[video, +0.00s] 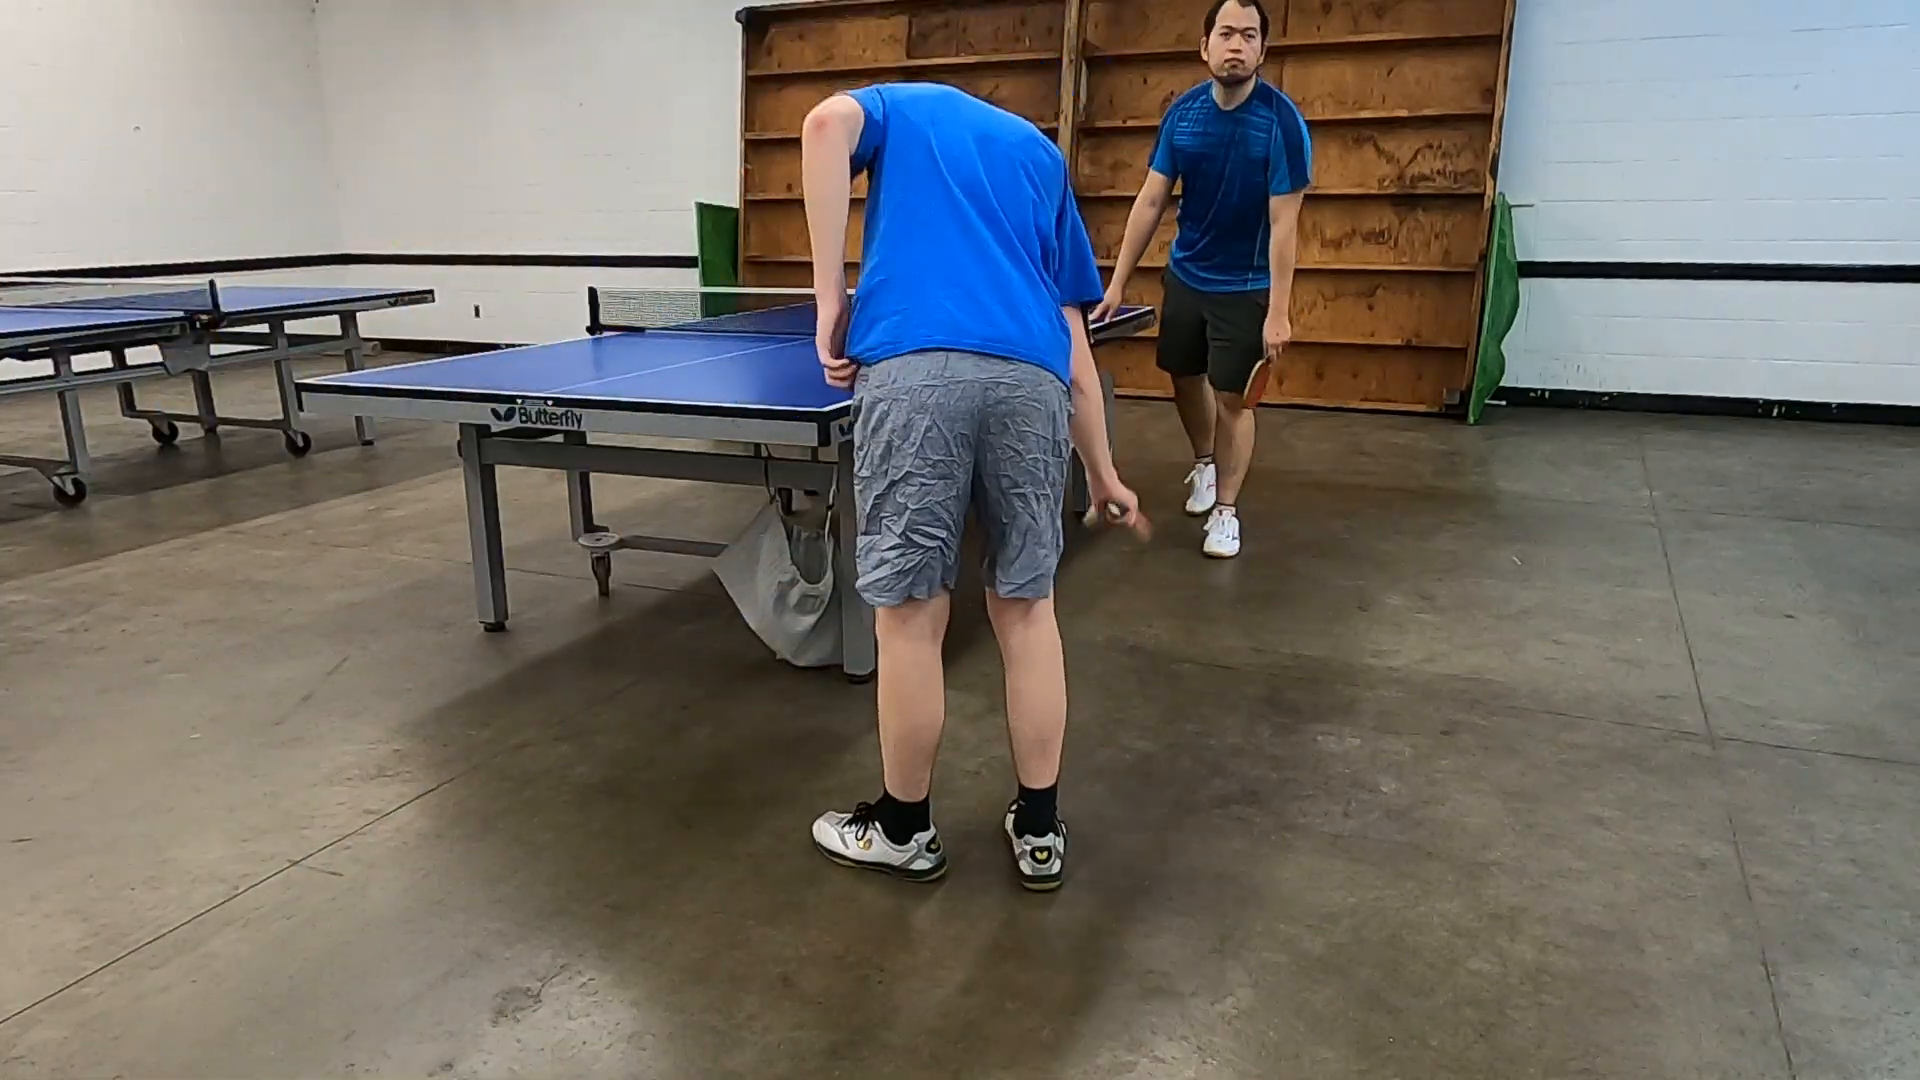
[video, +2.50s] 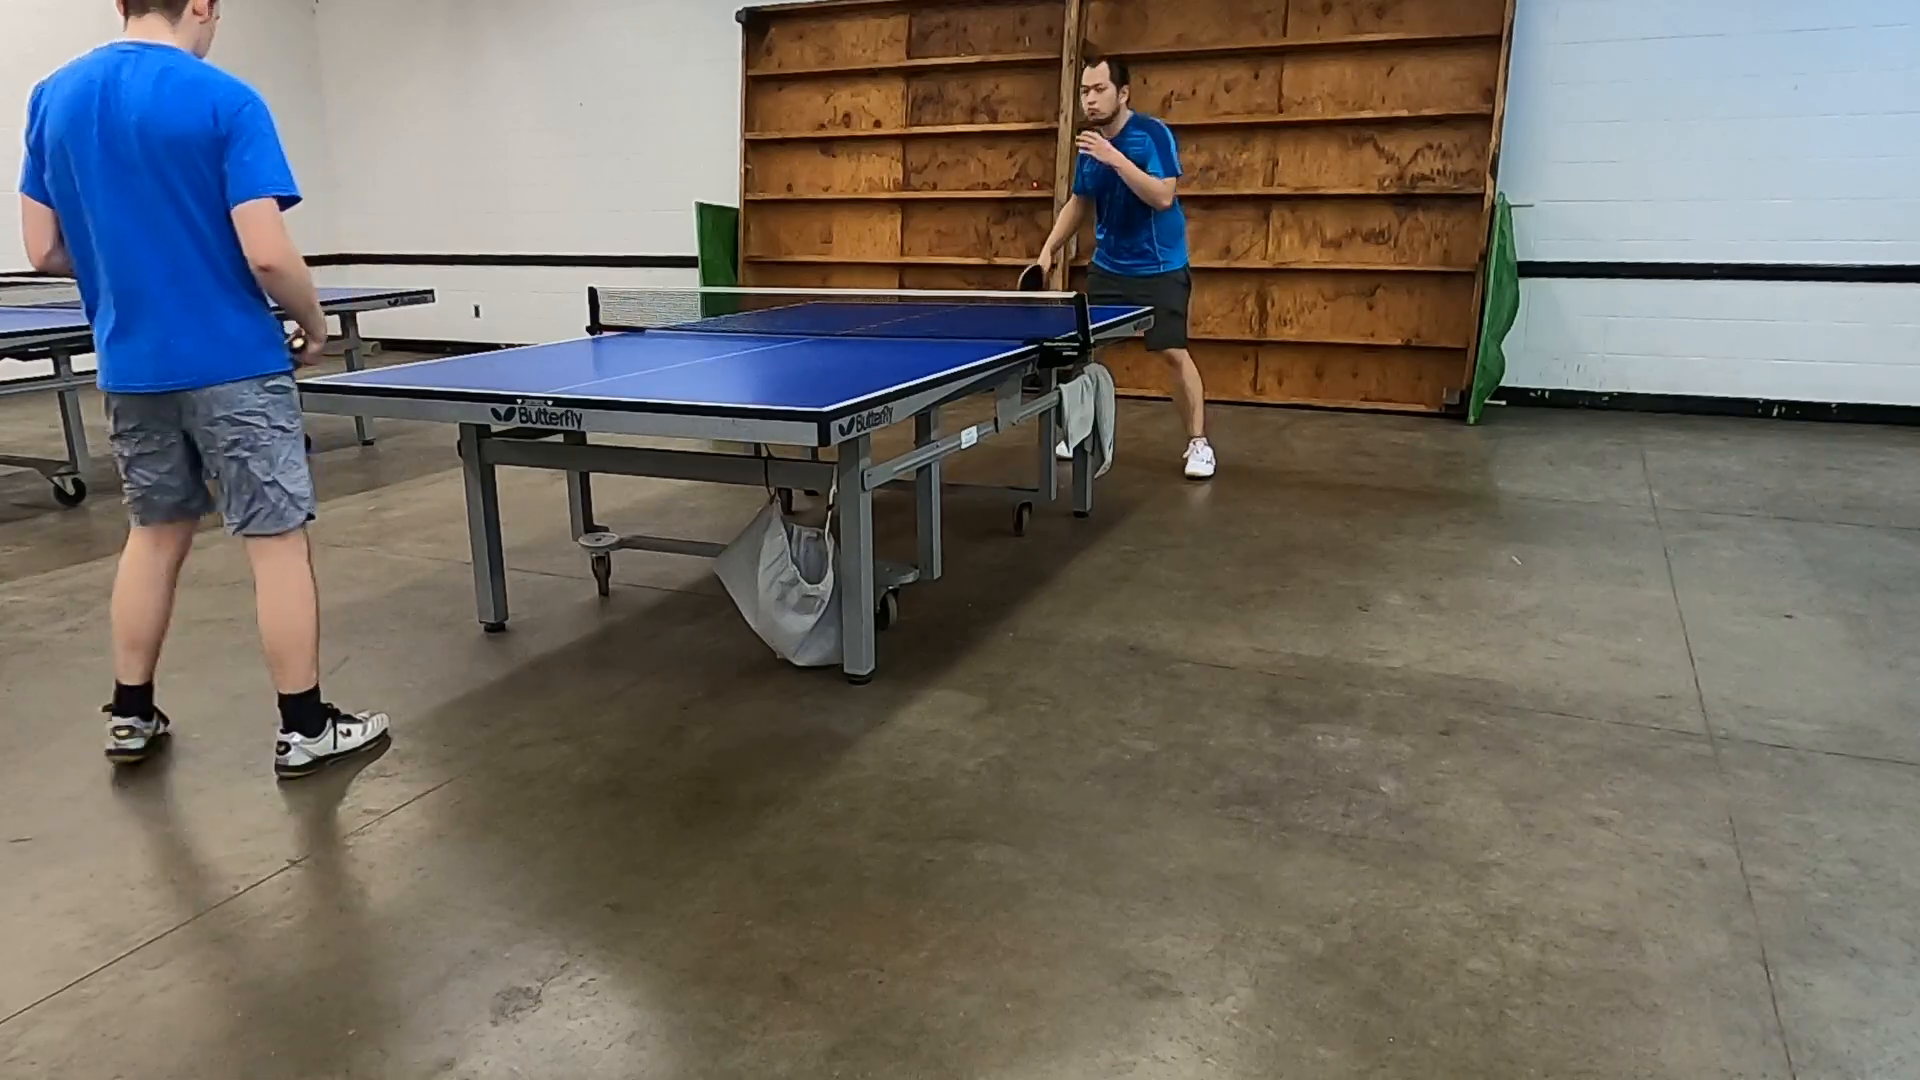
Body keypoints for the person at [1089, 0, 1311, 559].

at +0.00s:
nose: (1237, 45)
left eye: (1249, 35)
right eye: (1226, 33)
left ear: (1262, 49)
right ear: (1204, 45)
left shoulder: (1281, 122)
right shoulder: (1182, 113)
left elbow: (1284, 224)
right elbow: (1150, 201)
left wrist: (1279, 312)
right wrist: (1116, 285)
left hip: (1248, 285)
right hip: (1187, 276)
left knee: (1231, 399)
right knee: (1184, 376)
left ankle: (1227, 508)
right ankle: (1208, 463)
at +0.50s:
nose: (1213, 41)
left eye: (1222, 35)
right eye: (1202, 36)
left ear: (1237, 52)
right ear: (1186, 57)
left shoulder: (1264, 110)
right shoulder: (1172, 130)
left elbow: (1276, 188)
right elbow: (1144, 204)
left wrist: (1265, 253)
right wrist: (1119, 266)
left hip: (1244, 275)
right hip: (1182, 276)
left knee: (1236, 386)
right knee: (1193, 382)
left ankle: (1234, 492)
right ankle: (1207, 476)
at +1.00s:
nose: (1211, 45)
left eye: (1220, 37)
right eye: (1201, 41)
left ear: (1238, 52)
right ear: (1190, 62)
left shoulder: (1268, 112)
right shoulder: (1174, 124)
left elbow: (1293, 188)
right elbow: (1156, 200)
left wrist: (1316, 257)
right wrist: (1152, 269)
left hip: (1254, 269)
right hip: (1191, 268)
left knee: (1254, 374)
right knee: (1197, 371)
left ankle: (1234, 435)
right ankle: (1206, 473)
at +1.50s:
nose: (1243, 58)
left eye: (1253, 52)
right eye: (1236, 51)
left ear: (1269, 65)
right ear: (1224, 63)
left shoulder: (1282, 130)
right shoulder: (1195, 119)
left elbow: (1288, 200)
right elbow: (1158, 181)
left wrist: (1279, 260)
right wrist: (1156, 245)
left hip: (1247, 266)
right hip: (1190, 260)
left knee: (1237, 362)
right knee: (1193, 354)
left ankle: (1223, 447)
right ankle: (1194, 455)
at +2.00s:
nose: (1201, 62)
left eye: (1212, 55)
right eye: (1195, 56)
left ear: (1231, 68)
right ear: (1187, 68)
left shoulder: (1247, 128)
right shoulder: (1165, 122)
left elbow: (1267, 193)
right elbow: (1130, 185)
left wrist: (1219, 211)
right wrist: (1168, 212)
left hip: (1213, 264)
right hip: (1154, 257)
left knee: (1217, 357)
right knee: (1116, 343)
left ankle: (1222, 446)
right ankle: (1076, 418)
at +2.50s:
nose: (1089, 98)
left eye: (1098, 90)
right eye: (1084, 91)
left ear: (1123, 92)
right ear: (1081, 96)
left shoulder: (1154, 133)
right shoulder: (1091, 144)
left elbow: (1164, 197)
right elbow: (1078, 201)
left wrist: (1115, 158)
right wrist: (1049, 246)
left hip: (1160, 269)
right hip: (1108, 267)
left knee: (1173, 351)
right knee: (1081, 349)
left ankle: (1198, 441)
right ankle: (1080, 432)